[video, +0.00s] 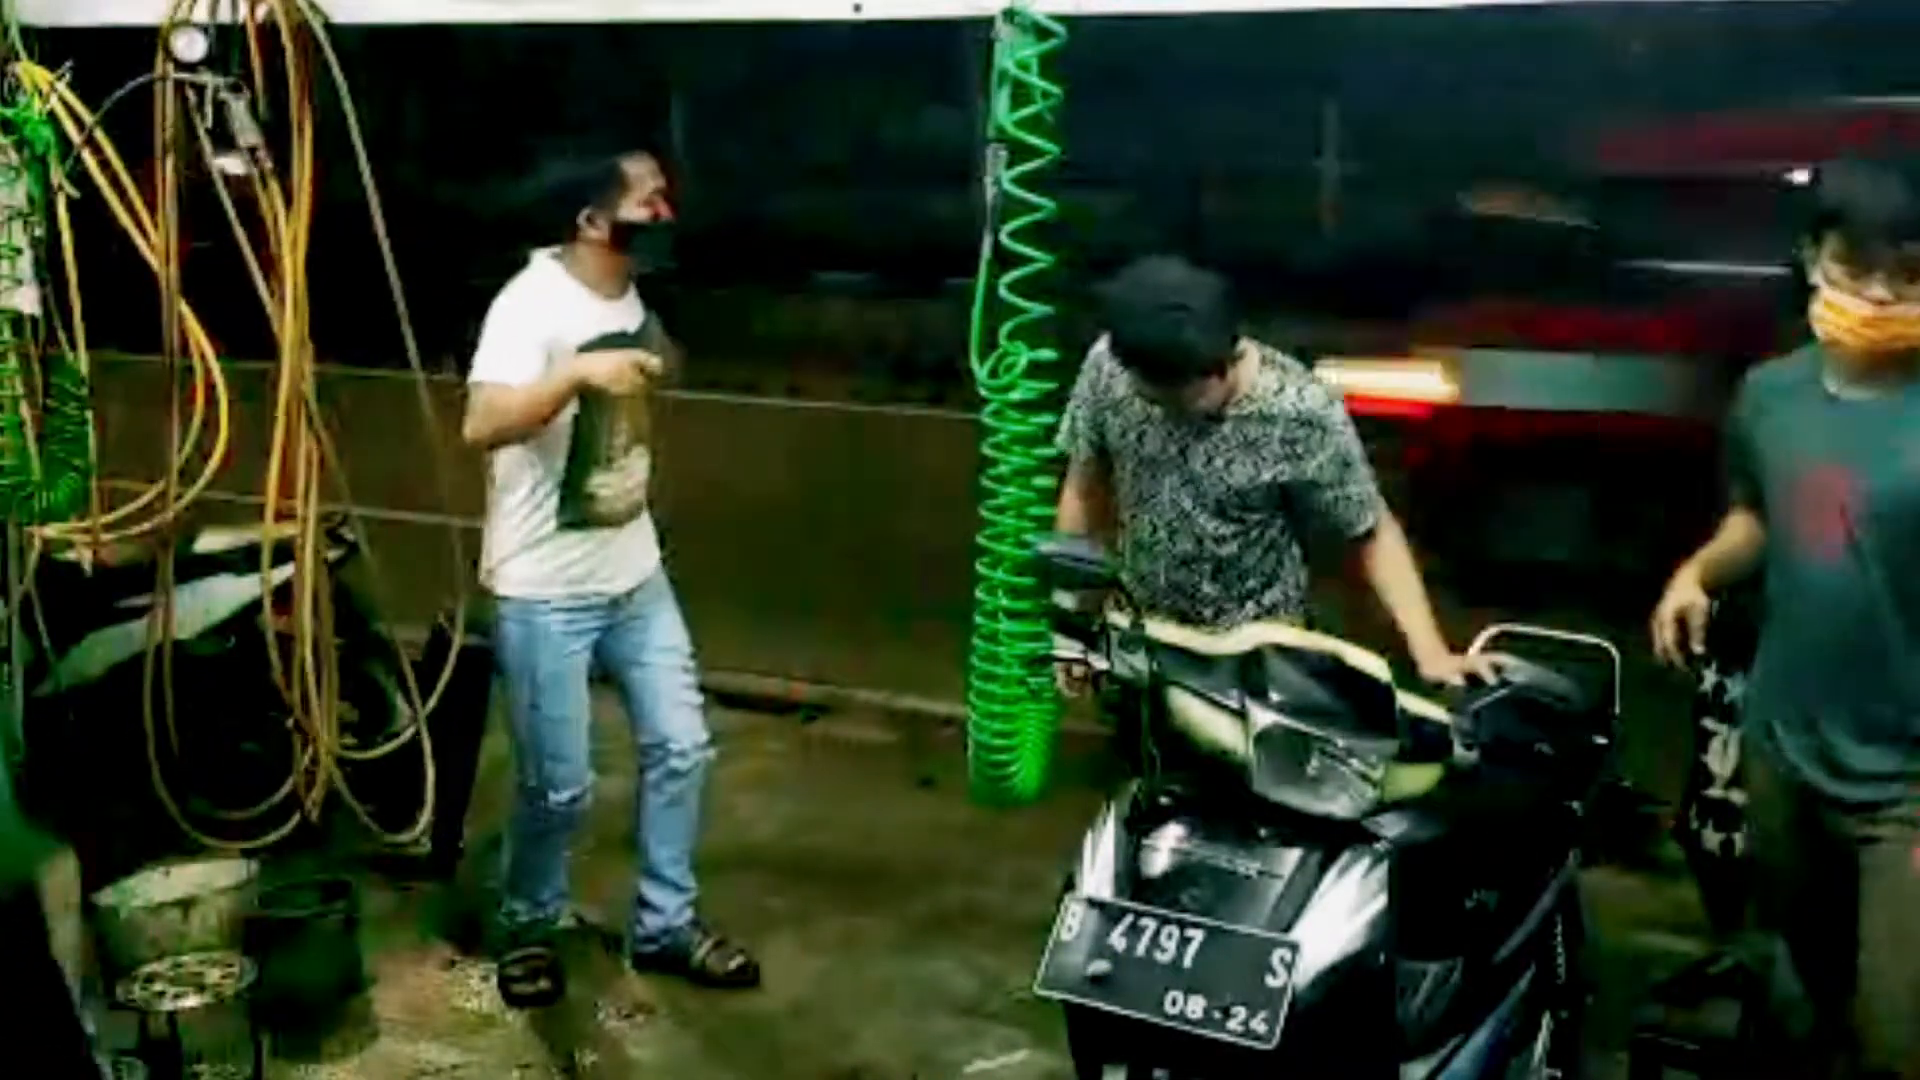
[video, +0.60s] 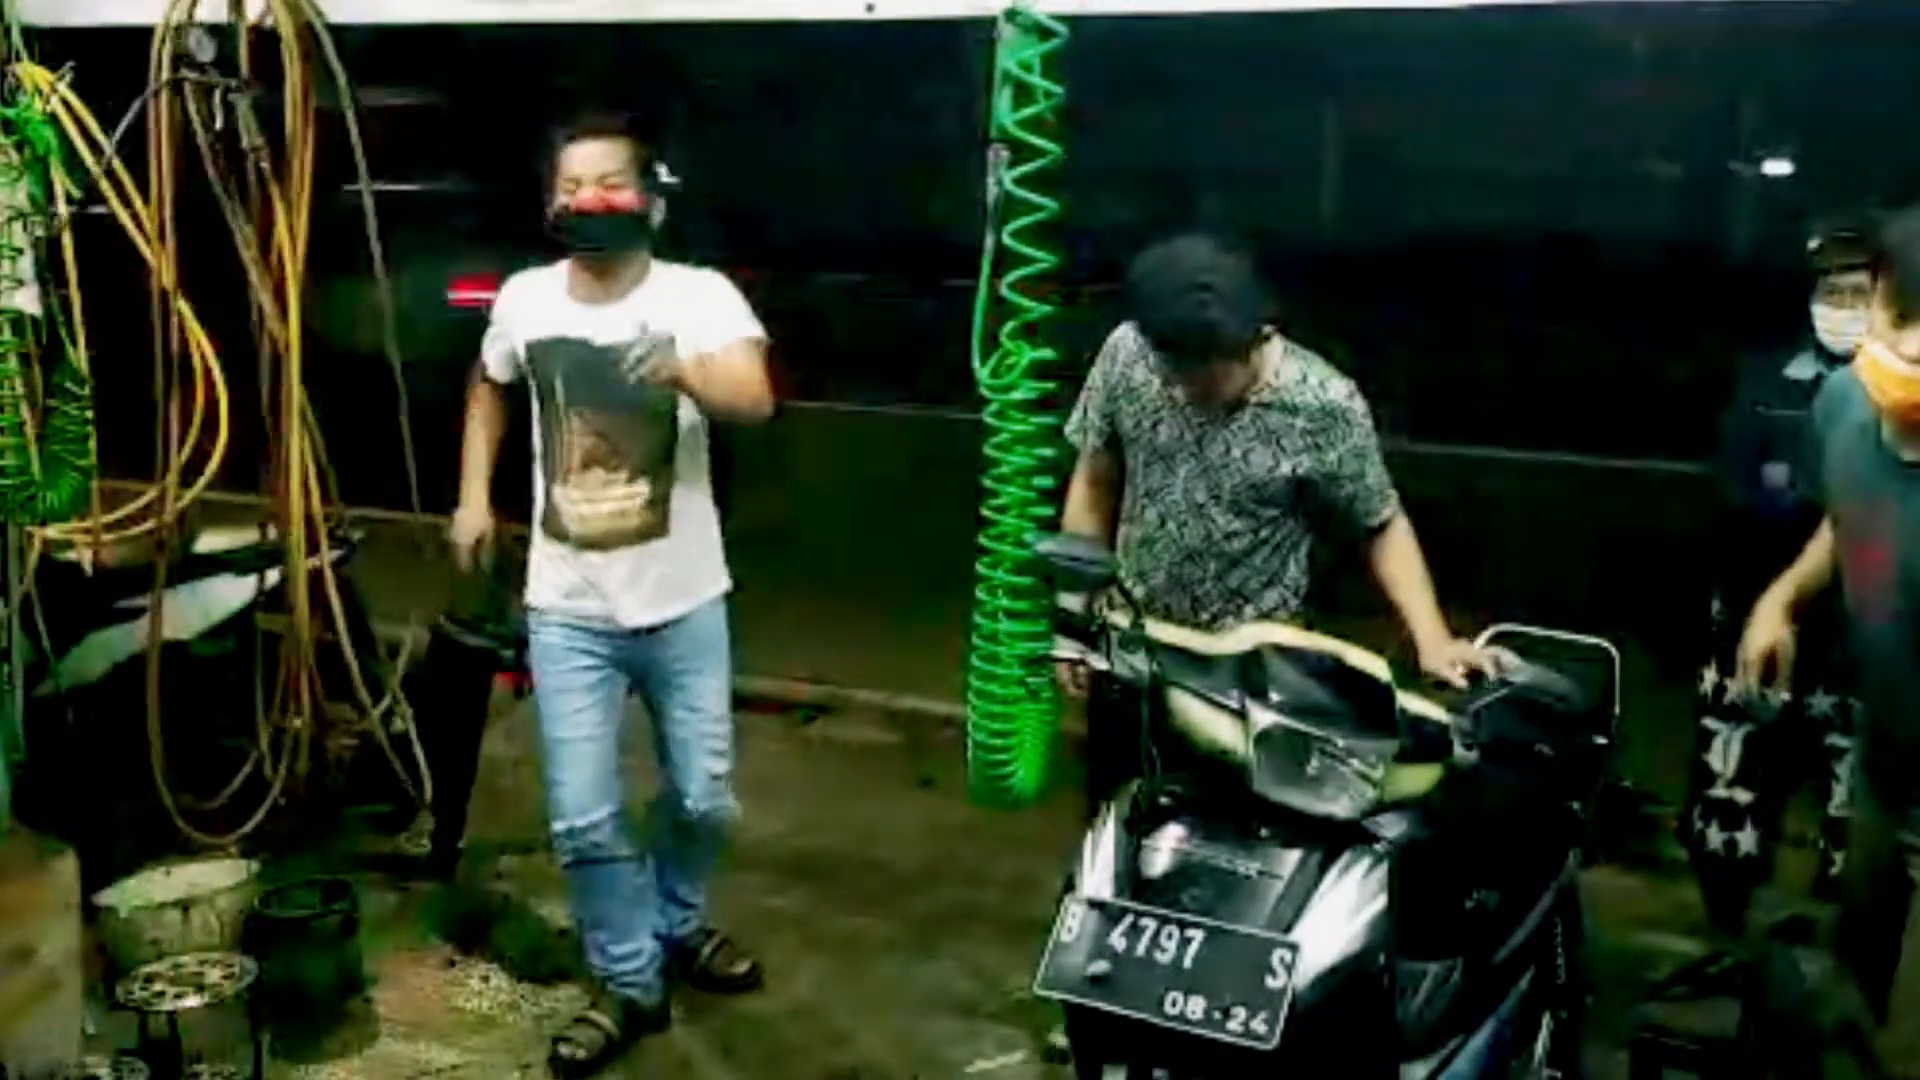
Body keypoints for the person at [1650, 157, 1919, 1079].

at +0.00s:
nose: (1872, 311)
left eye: (1899, 291)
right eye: (1853, 285)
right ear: (1812, 275)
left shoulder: (1918, 406)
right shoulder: (1771, 397)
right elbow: (1757, 513)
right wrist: (1697, 572)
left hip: (1902, 778)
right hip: (1784, 755)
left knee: (1895, 1033)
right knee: (1788, 1000)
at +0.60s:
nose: (1891, 347)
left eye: (1903, 324)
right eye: (1885, 319)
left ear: (1917, 328)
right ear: (1871, 317)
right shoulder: (1848, 402)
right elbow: (1855, 519)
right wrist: (1780, 595)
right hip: (1886, 737)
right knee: (1864, 914)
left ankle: (1866, 1030)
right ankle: (1847, 1033)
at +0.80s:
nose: (1898, 342)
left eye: (1911, 321)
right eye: (1889, 316)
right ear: (1863, 311)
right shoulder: (1843, 406)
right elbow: (1847, 520)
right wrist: (1776, 604)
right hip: (1888, 727)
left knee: (1887, 891)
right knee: (1870, 885)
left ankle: (1864, 1024)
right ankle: (1851, 1026)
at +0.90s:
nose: (1901, 339)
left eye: (1914, 318)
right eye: (1892, 312)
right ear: (1862, 314)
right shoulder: (1841, 414)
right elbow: (1845, 523)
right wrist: (1771, 610)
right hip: (1889, 736)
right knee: (1875, 897)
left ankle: (1862, 1019)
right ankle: (1853, 1019)